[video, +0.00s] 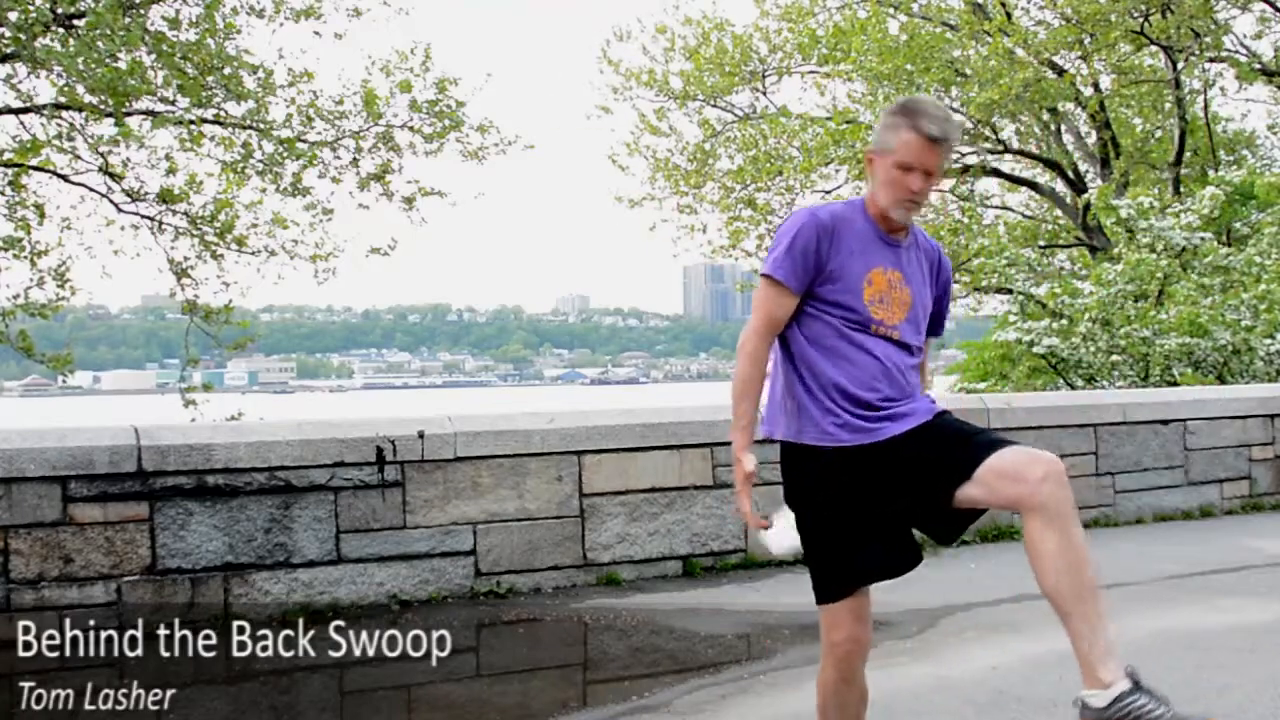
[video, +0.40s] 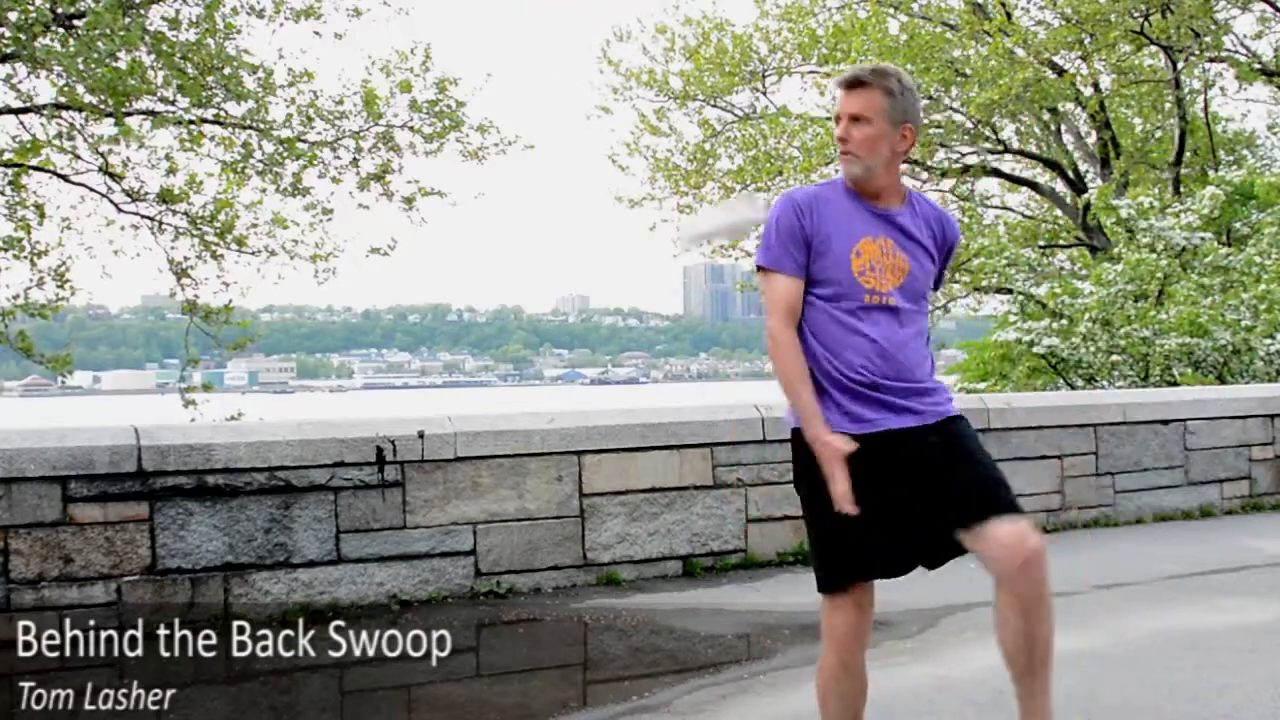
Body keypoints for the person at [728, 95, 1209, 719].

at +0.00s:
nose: (919, 187)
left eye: (931, 175)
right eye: (907, 170)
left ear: (941, 177)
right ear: (870, 160)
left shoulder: (930, 262)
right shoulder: (815, 229)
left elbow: (915, 371)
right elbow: (757, 338)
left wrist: (939, 457)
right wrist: (741, 451)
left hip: (908, 436)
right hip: (825, 453)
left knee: (1042, 478)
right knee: (846, 641)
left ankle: (1106, 685)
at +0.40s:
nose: (842, 135)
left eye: (859, 123)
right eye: (839, 122)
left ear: (904, 140)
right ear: (835, 130)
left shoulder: (938, 227)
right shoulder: (800, 210)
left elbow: (904, 325)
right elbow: (779, 328)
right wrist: (819, 435)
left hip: (928, 424)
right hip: (835, 435)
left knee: (1021, 553)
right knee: (847, 624)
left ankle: (1036, 715)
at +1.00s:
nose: (824, 118)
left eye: (840, 107)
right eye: (829, 106)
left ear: (884, 127)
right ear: (871, 127)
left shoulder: (942, 212)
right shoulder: (796, 215)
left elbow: (992, 317)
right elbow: (777, 327)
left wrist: (931, 356)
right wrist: (802, 416)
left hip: (928, 448)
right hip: (834, 451)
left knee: (957, 613)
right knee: (816, 621)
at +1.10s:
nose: (811, 122)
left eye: (827, 111)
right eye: (816, 110)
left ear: (870, 131)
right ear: (853, 131)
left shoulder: (925, 207)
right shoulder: (790, 215)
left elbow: (951, 326)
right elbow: (771, 325)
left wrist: (842, 318)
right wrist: (775, 407)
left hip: (916, 446)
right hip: (824, 449)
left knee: (950, 619)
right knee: (796, 621)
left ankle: (987, 719)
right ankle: (847, 719)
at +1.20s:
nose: (804, 126)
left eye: (819, 115)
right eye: (809, 114)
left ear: (862, 132)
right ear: (849, 133)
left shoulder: (911, 207)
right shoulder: (787, 221)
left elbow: (916, 327)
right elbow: (773, 320)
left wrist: (796, 294)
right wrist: (764, 404)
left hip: (908, 448)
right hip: (817, 450)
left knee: (942, 626)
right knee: (792, 621)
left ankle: (982, 719)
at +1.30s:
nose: (792, 134)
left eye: (806, 124)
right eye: (796, 123)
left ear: (846, 142)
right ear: (834, 143)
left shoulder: (881, 214)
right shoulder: (784, 224)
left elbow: (836, 319)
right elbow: (772, 331)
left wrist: (738, 258)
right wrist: (746, 407)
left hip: (886, 446)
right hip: (806, 450)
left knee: (906, 636)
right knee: (787, 625)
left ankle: (966, 715)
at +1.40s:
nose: (784, 139)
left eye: (797, 129)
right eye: (788, 128)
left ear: (838, 146)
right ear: (825, 147)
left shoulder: (866, 219)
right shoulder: (783, 228)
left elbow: (794, 311)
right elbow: (778, 338)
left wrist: (710, 246)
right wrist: (738, 409)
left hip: (875, 449)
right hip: (801, 453)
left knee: (876, 640)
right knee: (784, 626)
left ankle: (950, 712)